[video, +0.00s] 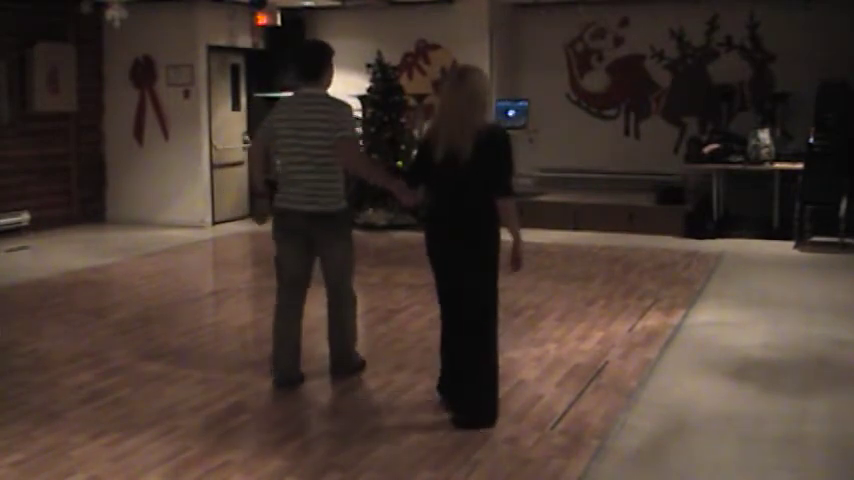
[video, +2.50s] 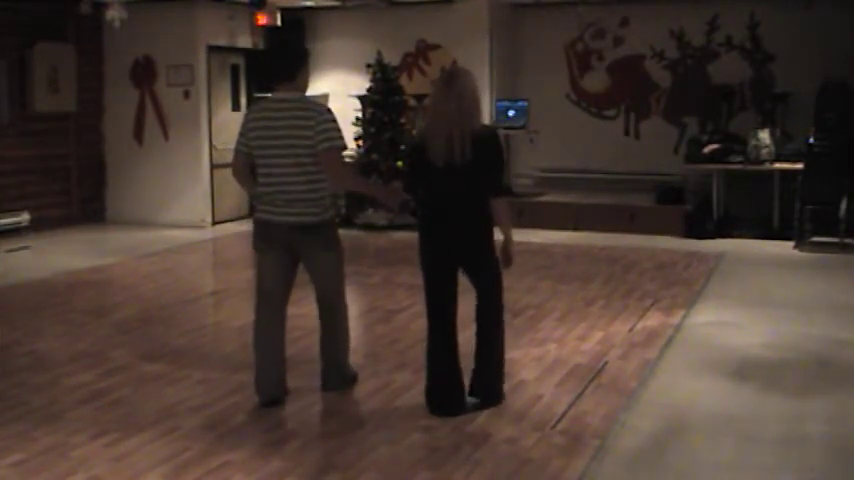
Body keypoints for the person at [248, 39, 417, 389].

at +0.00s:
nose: (333, 72)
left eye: (331, 65)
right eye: (331, 66)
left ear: (296, 70)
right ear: (327, 70)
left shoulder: (281, 110)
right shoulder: (337, 110)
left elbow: (257, 151)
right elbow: (351, 159)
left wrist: (259, 193)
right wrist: (397, 187)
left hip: (289, 213)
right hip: (330, 214)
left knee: (290, 291)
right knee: (340, 289)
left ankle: (285, 371)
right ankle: (343, 360)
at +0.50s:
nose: (314, 74)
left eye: (312, 66)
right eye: (312, 67)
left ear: (277, 70)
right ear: (306, 68)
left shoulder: (260, 108)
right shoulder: (316, 106)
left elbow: (242, 163)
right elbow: (339, 159)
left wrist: (263, 193)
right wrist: (385, 183)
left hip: (266, 217)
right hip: (305, 217)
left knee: (274, 295)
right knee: (303, 297)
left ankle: (280, 377)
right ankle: (297, 381)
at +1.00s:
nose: (307, 72)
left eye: (305, 65)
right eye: (306, 66)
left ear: (270, 69)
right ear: (300, 69)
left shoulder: (252, 110)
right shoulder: (310, 109)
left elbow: (230, 163)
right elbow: (332, 164)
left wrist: (233, 212)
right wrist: (378, 189)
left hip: (263, 221)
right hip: (304, 220)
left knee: (272, 302)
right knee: (306, 302)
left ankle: (270, 386)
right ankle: (299, 384)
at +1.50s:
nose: (304, 72)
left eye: (301, 65)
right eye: (302, 65)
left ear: (266, 70)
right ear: (295, 69)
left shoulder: (251, 111)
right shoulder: (311, 111)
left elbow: (232, 163)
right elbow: (329, 167)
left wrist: (259, 188)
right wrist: (371, 193)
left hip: (263, 225)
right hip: (307, 224)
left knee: (265, 305)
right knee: (325, 298)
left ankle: (269, 389)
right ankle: (333, 375)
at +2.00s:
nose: (304, 73)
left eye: (300, 66)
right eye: (303, 67)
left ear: (267, 71)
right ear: (300, 70)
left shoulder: (254, 113)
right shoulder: (314, 113)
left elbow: (236, 168)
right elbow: (333, 171)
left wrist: (256, 199)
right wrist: (377, 193)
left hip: (267, 226)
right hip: (312, 226)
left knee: (266, 304)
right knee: (332, 297)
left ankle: (269, 389)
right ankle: (336, 374)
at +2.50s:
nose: (307, 72)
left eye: (302, 65)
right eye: (305, 66)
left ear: (270, 70)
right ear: (303, 69)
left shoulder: (256, 113)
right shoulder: (317, 113)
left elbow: (240, 167)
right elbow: (336, 172)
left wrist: (263, 195)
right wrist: (379, 192)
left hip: (270, 226)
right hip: (314, 225)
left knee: (269, 305)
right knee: (331, 300)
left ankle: (269, 389)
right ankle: (335, 374)